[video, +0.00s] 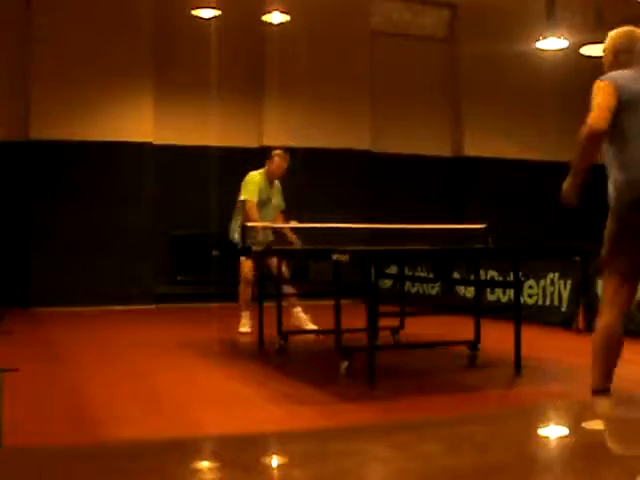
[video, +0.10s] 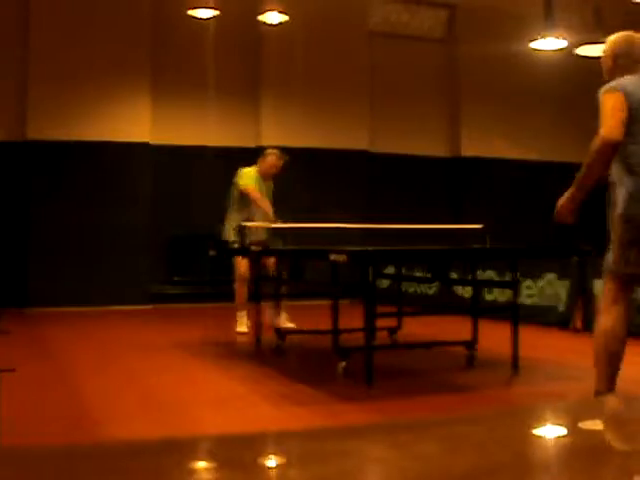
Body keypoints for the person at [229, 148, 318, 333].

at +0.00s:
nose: (281, 170)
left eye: (283, 167)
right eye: (278, 165)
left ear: (284, 168)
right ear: (269, 163)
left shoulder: (276, 185)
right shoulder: (253, 178)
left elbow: (277, 216)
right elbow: (250, 206)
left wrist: (288, 234)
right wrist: (258, 225)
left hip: (266, 235)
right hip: (245, 235)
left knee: (281, 269)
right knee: (247, 271)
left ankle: (295, 312)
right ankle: (245, 316)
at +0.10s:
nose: (273, 171)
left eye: (276, 168)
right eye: (272, 166)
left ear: (276, 167)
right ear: (263, 160)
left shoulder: (267, 183)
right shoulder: (246, 174)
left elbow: (265, 207)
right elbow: (254, 195)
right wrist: (271, 214)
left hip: (260, 234)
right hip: (240, 234)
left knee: (273, 268)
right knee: (243, 272)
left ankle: (277, 313)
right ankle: (241, 316)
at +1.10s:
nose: (210, 159)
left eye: (213, 156)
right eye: (207, 156)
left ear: (215, 159)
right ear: (198, 158)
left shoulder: (218, 182)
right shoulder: (187, 179)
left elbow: (224, 211)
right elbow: (174, 200)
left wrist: (229, 233)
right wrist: (194, 207)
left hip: (211, 237)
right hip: (187, 238)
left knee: (227, 272)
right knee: (178, 275)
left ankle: (234, 313)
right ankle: (165, 314)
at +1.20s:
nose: (217, 162)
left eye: (219, 159)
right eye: (214, 158)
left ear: (223, 162)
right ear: (205, 160)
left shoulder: (225, 184)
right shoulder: (194, 181)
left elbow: (234, 212)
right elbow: (183, 203)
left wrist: (239, 234)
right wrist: (201, 212)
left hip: (218, 239)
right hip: (194, 239)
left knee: (234, 272)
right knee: (183, 274)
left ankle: (235, 314)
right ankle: (170, 311)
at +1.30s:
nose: (221, 164)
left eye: (223, 160)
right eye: (217, 160)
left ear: (227, 163)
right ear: (209, 161)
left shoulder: (228, 186)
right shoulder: (197, 181)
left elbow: (238, 213)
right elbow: (188, 206)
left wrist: (244, 236)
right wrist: (204, 222)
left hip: (220, 241)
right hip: (195, 241)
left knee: (233, 272)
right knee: (189, 273)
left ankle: (234, 313)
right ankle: (181, 314)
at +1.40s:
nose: (223, 169)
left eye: (226, 166)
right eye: (220, 165)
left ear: (228, 166)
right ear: (211, 164)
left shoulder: (226, 186)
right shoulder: (199, 184)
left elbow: (236, 213)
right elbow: (194, 214)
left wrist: (244, 235)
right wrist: (206, 238)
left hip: (216, 236)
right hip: (193, 236)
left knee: (230, 271)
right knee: (189, 271)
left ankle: (232, 313)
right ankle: (183, 316)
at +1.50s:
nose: (225, 171)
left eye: (227, 168)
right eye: (222, 167)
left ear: (229, 168)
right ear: (212, 166)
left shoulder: (224, 187)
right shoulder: (199, 186)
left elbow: (230, 216)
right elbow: (195, 218)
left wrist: (240, 236)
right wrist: (210, 241)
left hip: (212, 237)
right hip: (190, 238)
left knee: (228, 271)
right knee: (188, 272)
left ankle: (229, 313)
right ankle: (182, 317)